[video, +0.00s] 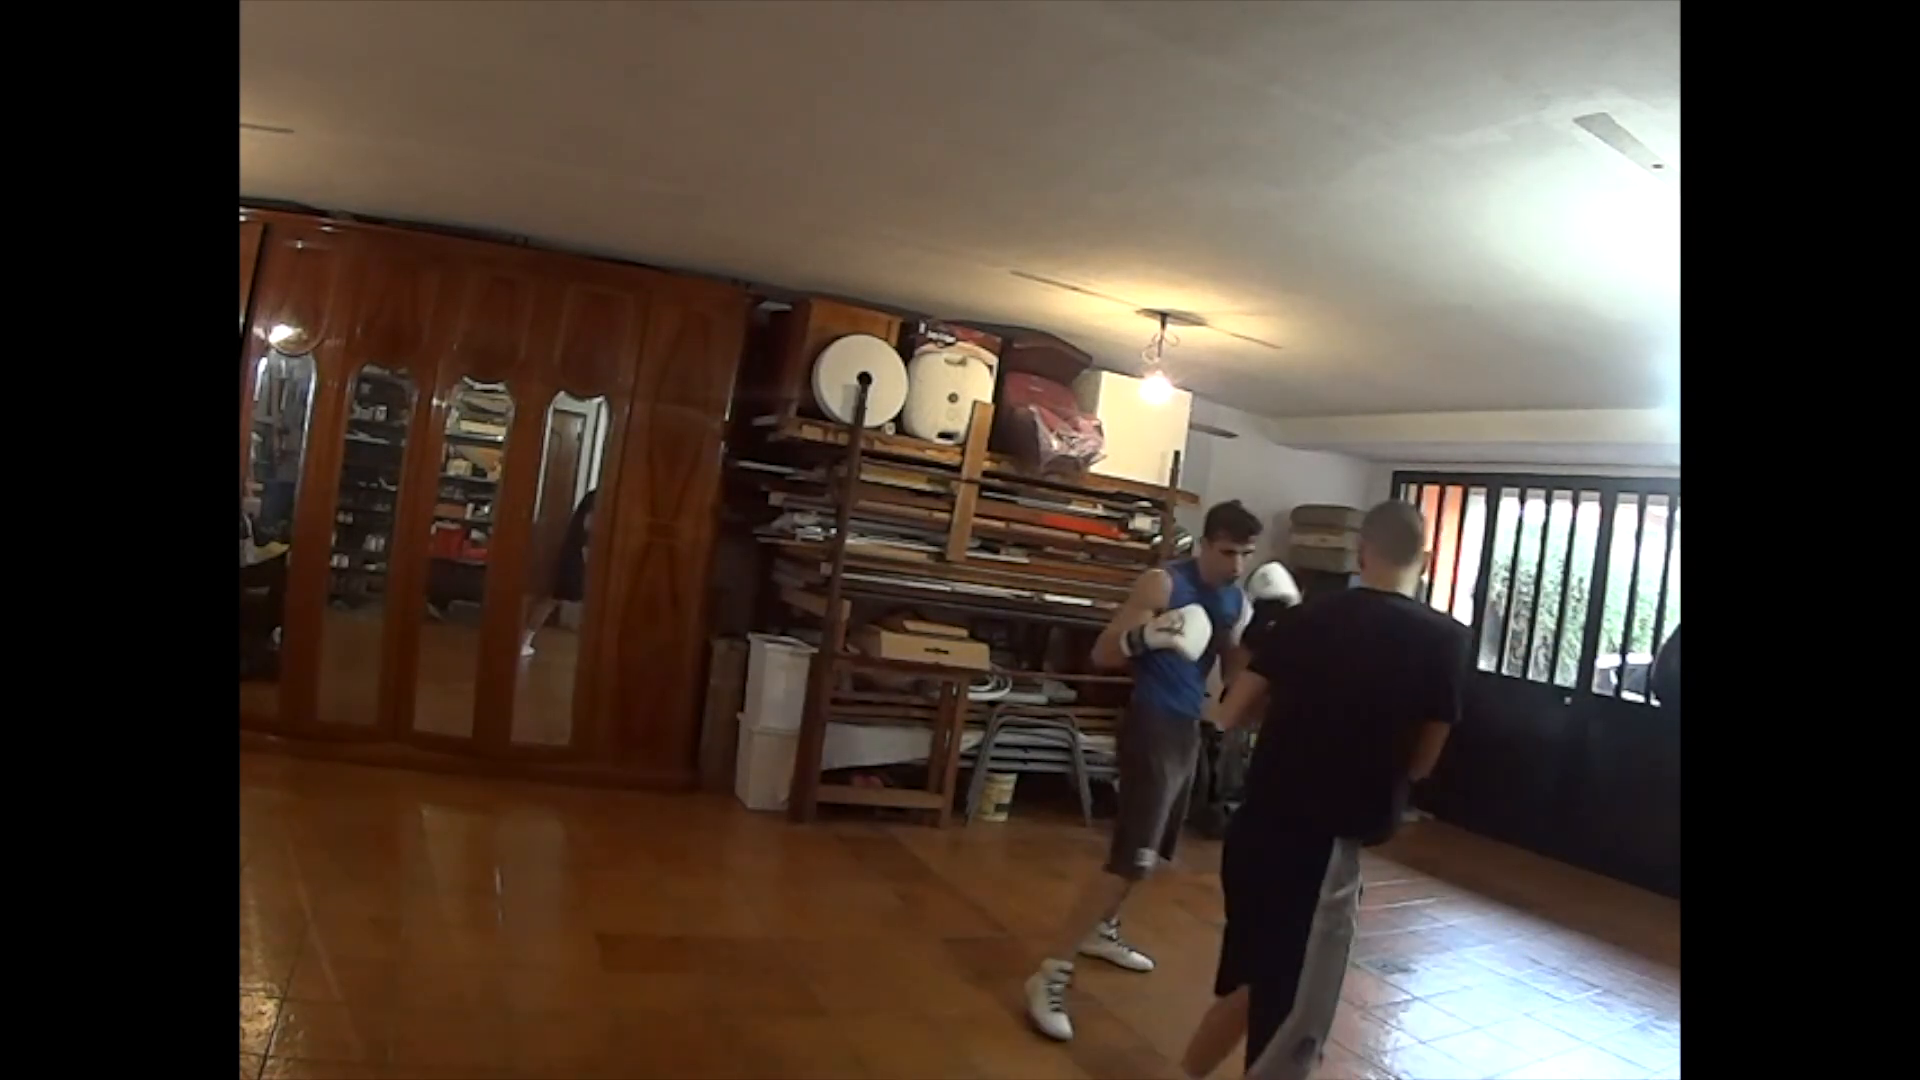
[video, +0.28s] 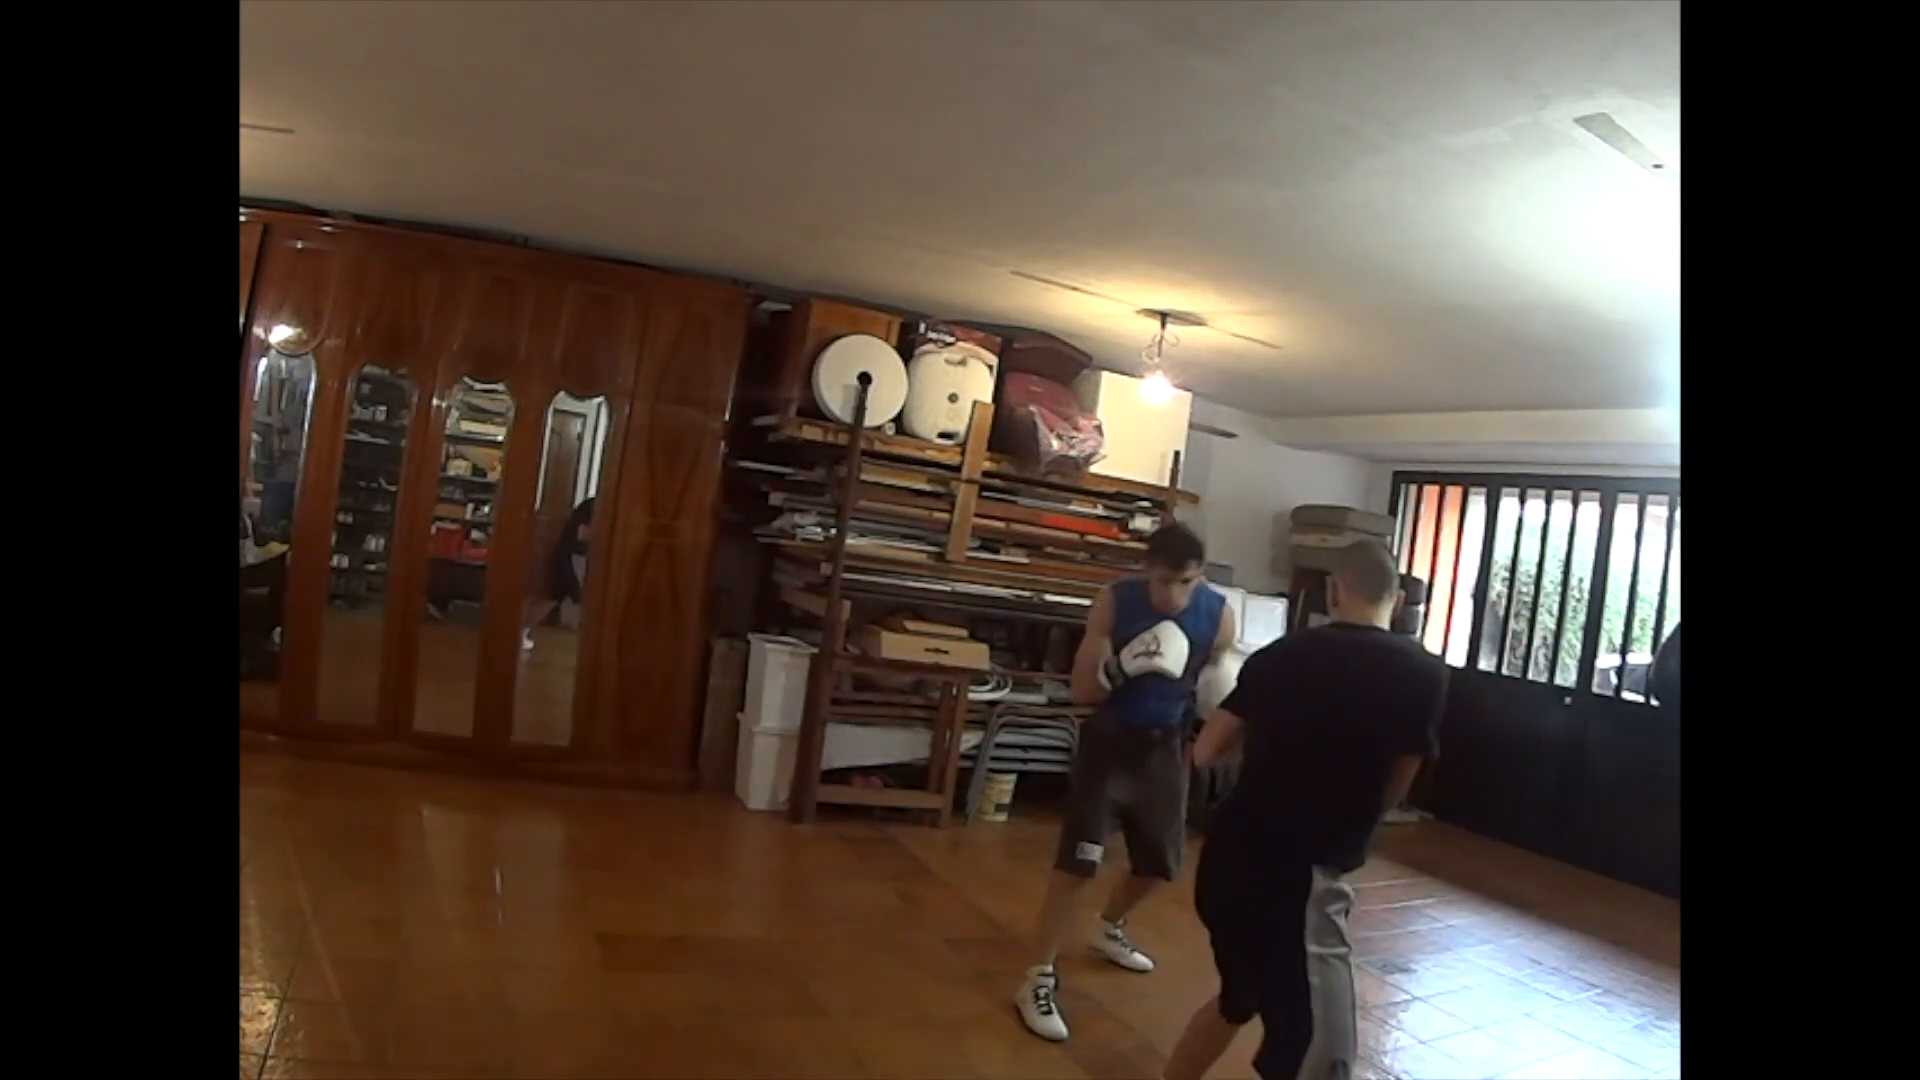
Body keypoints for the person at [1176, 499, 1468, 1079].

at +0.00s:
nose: (1361, 558)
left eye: (1359, 548)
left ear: (1361, 551)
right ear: (1424, 561)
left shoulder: (1312, 616)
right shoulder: (1443, 639)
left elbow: (1233, 713)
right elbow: (1421, 763)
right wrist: (1368, 731)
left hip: (1266, 814)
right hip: (1342, 834)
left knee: (1250, 980)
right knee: (1300, 998)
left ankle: (1188, 1069)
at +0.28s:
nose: (1330, 594)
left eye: (1330, 587)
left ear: (1335, 590)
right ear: (1396, 599)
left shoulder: (1283, 655)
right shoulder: (1422, 673)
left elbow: (1206, 751)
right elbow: (1394, 790)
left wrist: (1256, 734)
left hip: (1238, 853)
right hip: (1321, 873)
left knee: (1236, 996)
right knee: (1304, 1032)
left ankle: (1173, 1073)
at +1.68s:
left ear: (1361, 587)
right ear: (1433, 607)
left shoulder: (1295, 651)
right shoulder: (1445, 686)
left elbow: (1196, 754)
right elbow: (1409, 834)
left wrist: (1263, 781)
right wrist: (1342, 797)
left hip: (1207, 889)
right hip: (1286, 925)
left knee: (1201, 1041)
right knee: (1335, 1072)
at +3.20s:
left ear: (1384, 572)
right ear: (1467, 595)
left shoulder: (1298, 655)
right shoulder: (1479, 701)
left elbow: (1198, 770)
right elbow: (1444, 857)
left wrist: (1276, 774)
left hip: (1218, 927)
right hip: (1315, 963)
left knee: (1213, 1065)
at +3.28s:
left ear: (1375, 576)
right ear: (1455, 598)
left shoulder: (1299, 656)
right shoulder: (1474, 691)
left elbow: (1200, 777)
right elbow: (1445, 856)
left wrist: (1271, 786)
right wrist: (1388, 800)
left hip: (1213, 924)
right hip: (1311, 959)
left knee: (1213, 1057)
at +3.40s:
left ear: (1371, 591)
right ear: (1447, 610)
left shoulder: (1298, 663)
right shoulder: (1460, 701)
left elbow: (1199, 749)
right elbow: (1436, 858)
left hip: (1203, 937)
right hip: (1302, 965)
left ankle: (1202, 1061)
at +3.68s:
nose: (1397, 635)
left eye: (1399, 625)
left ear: (1403, 632)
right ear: (1490, 659)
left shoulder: (1305, 704)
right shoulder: (1493, 765)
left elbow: (1197, 823)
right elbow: (1443, 924)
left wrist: (1185, 768)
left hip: (1199, 994)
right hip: (1309, 1031)